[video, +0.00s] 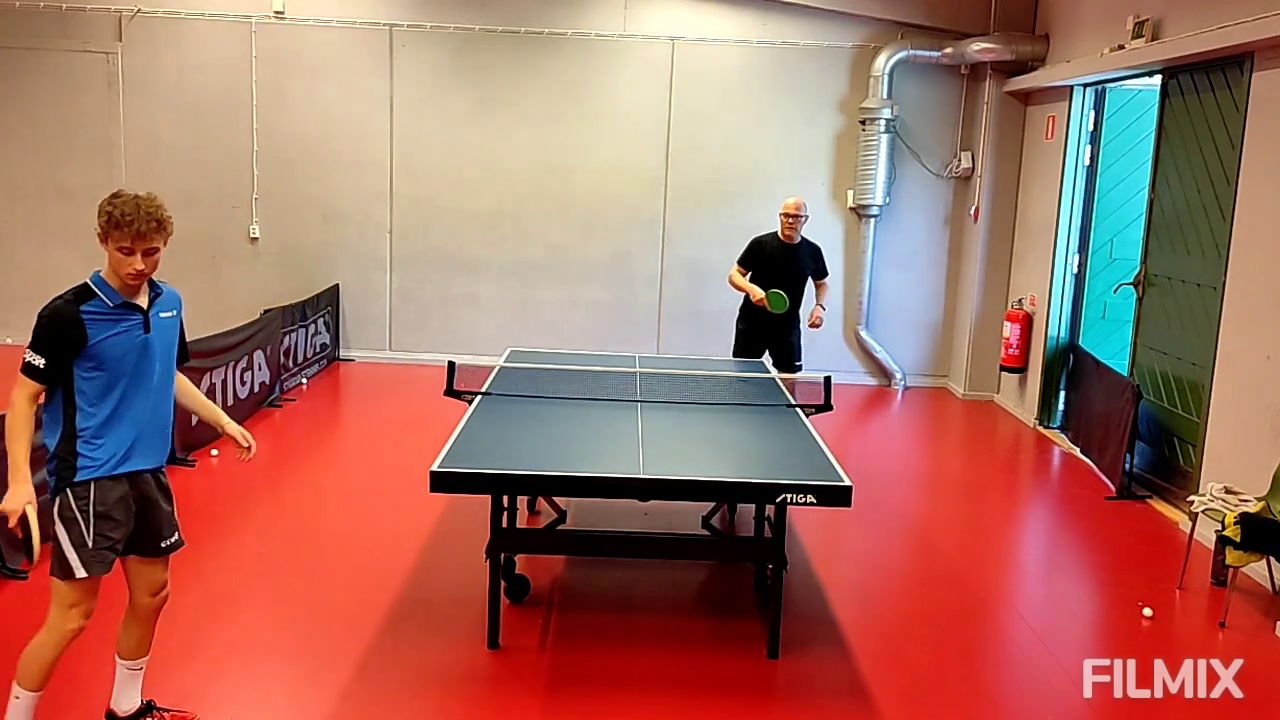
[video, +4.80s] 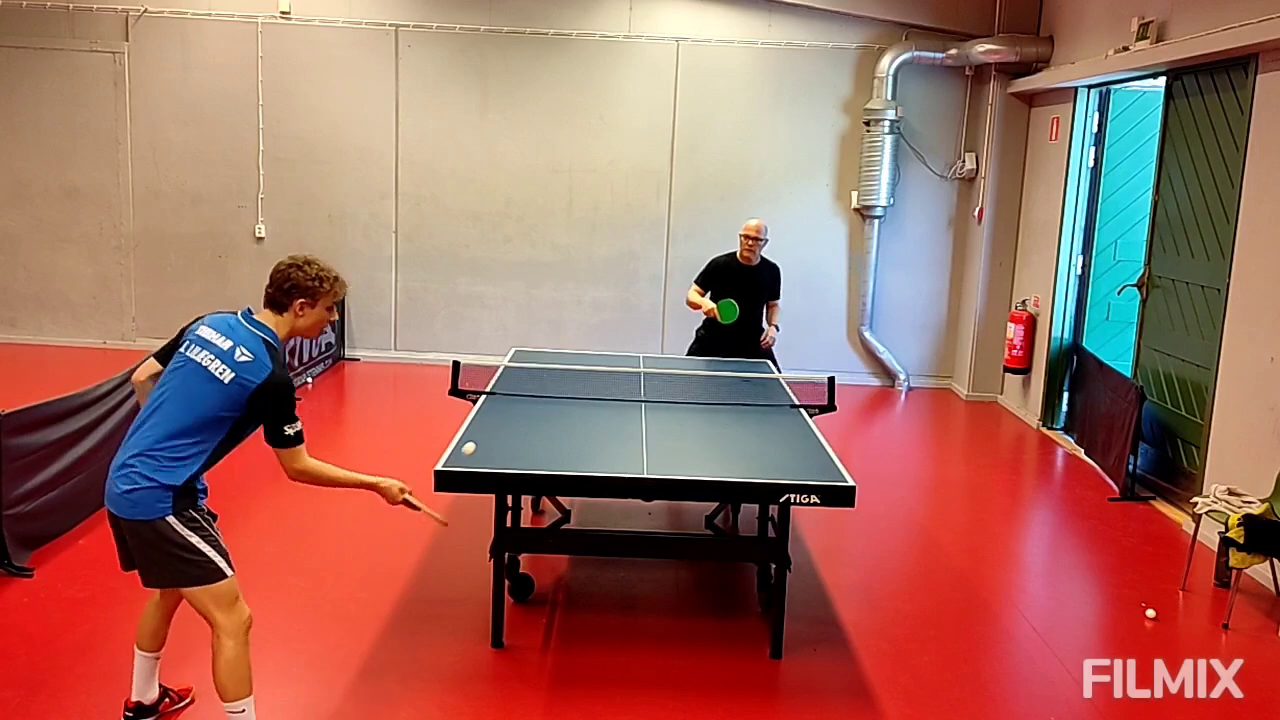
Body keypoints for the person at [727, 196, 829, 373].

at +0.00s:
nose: (790, 221)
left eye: (796, 217)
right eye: (786, 216)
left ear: (805, 220)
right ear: (780, 216)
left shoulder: (812, 252)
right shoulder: (760, 244)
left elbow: (821, 284)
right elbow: (734, 276)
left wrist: (819, 307)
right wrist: (752, 289)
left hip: (786, 326)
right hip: (752, 323)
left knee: (789, 381)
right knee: (741, 375)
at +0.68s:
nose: (765, 226)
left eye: (770, 222)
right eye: (761, 221)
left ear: (783, 221)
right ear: (755, 221)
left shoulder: (796, 251)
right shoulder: (743, 247)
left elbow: (809, 287)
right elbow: (719, 277)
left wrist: (799, 317)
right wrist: (727, 283)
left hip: (776, 331)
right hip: (741, 329)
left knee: (783, 385)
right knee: (729, 382)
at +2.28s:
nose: (748, 240)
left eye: (755, 236)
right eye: (744, 234)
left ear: (765, 238)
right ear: (738, 234)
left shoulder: (774, 263)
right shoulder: (721, 261)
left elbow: (782, 297)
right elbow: (692, 291)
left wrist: (773, 318)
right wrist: (702, 303)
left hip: (758, 343)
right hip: (720, 342)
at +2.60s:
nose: (745, 255)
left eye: (752, 251)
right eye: (741, 248)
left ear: (761, 250)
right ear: (734, 245)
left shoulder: (769, 267)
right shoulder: (717, 269)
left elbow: (778, 299)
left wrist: (772, 326)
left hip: (758, 352)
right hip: (717, 351)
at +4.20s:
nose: (778, 261)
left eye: (784, 257)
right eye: (774, 255)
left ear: (791, 255)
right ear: (766, 248)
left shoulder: (796, 272)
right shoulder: (747, 272)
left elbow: (801, 302)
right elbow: (721, 309)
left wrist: (800, 331)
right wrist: (738, 302)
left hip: (781, 345)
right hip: (744, 345)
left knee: (806, 392)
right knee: (727, 394)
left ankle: (824, 443)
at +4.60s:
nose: (767, 251)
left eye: (773, 248)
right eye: (763, 246)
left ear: (781, 251)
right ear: (757, 246)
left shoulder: (790, 278)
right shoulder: (739, 274)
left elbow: (799, 310)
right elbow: (710, 306)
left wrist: (799, 332)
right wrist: (721, 310)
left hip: (774, 349)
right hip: (735, 346)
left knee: (803, 396)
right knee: (701, 386)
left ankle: (823, 446)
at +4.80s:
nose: (750, 243)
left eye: (756, 240)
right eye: (746, 238)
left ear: (765, 243)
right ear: (740, 237)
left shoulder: (771, 271)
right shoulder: (719, 264)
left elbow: (772, 305)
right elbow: (692, 296)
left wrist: (773, 327)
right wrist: (704, 303)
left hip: (750, 342)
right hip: (714, 340)